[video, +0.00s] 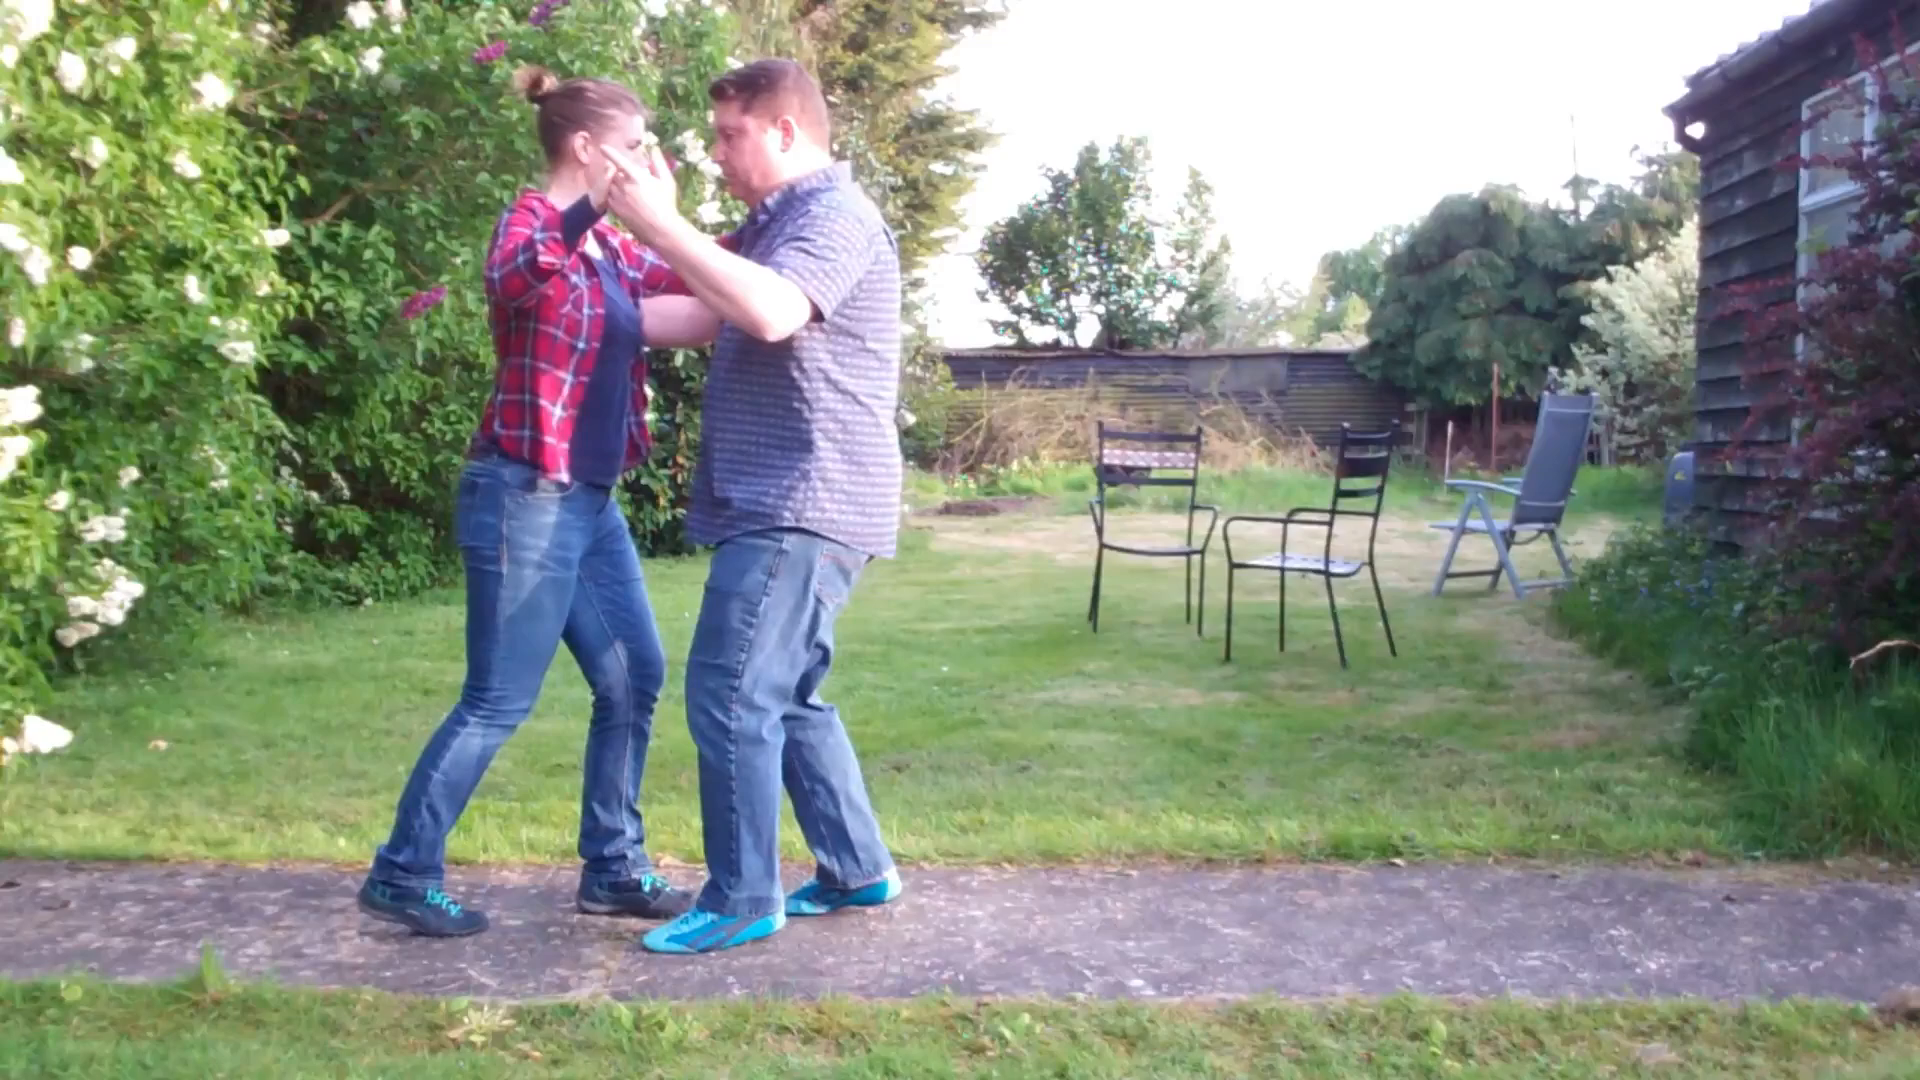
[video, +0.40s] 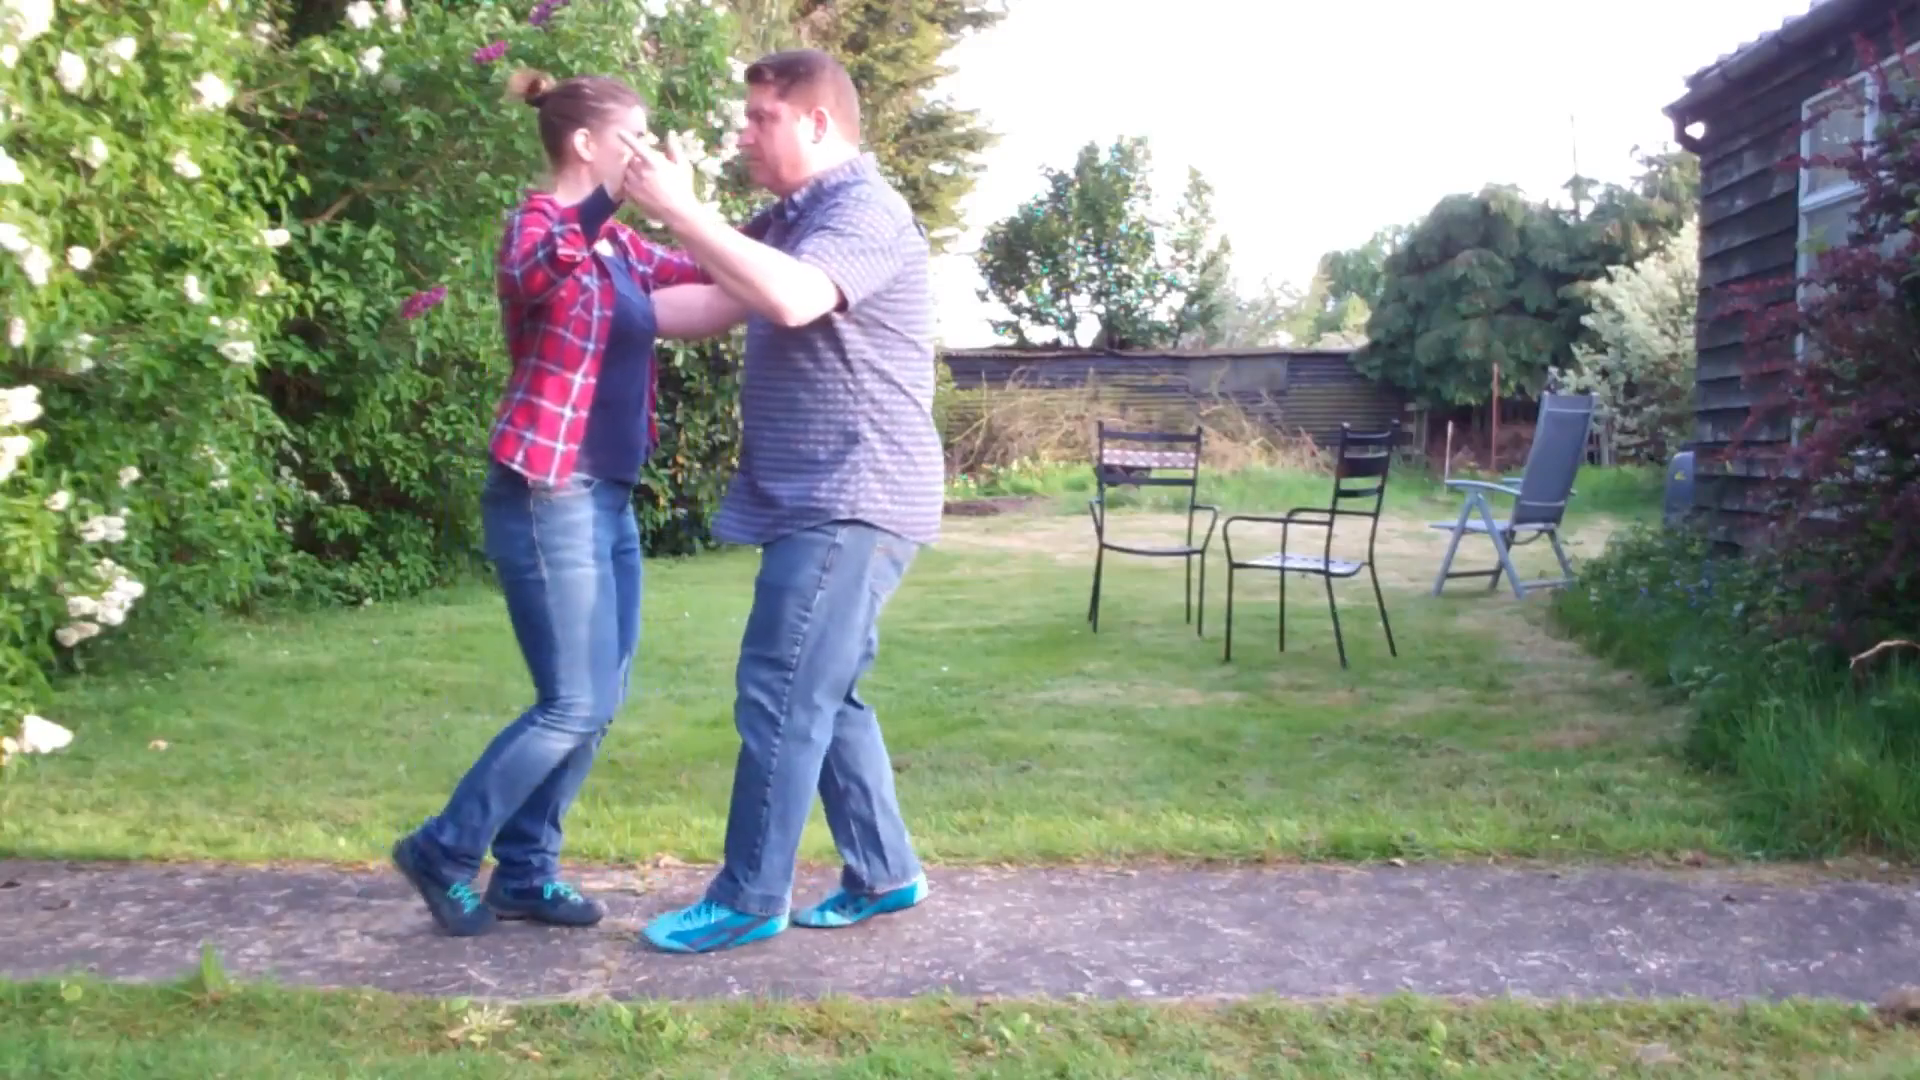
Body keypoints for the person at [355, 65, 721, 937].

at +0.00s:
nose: (646, 162)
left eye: (647, 147)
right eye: (635, 145)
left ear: (595, 153)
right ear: (586, 148)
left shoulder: (617, 249)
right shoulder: (531, 221)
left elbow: (693, 292)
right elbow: (518, 282)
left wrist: (677, 219)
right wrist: (597, 214)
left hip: (589, 499)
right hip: (523, 494)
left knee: (634, 672)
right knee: (498, 701)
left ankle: (612, 870)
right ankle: (402, 874)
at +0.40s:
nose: (647, 154)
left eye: (648, 138)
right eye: (635, 138)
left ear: (594, 146)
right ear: (585, 144)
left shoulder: (621, 242)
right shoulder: (538, 227)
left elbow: (714, 272)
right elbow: (540, 280)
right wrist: (611, 205)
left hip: (607, 490)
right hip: (547, 490)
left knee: (598, 700)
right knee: (573, 703)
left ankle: (525, 871)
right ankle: (441, 850)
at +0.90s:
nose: (750, 134)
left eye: (748, 119)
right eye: (736, 118)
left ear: (693, 131)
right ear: (690, 129)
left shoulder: (731, 235)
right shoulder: (652, 214)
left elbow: (824, 268)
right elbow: (653, 273)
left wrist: (907, 252)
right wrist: (721, 191)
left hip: (719, 482)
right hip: (683, 482)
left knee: (718, 696)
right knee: (743, 700)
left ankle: (574, 831)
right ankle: (706, 900)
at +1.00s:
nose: (778, 141)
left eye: (776, 125)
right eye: (763, 124)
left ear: (724, 140)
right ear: (715, 137)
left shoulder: (761, 242)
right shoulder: (677, 221)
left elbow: (859, 265)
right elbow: (675, 279)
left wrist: (943, 240)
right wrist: (760, 189)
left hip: (754, 486)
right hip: (702, 486)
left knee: (803, 690)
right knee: (752, 703)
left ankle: (659, 836)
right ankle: (704, 905)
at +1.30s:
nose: (838, 140)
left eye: (837, 124)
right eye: (824, 123)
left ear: (786, 138)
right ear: (775, 133)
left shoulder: (824, 237)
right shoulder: (736, 219)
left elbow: (920, 261)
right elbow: (746, 285)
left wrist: (1006, 227)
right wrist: (829, 196)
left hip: (831, 497)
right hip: (768, 499)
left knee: (898, 680)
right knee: (805, 707)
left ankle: (877, 883)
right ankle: (714, 888)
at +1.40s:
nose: (851, 142)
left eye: (850, 126)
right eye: (837, 124)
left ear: (799, 138)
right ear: (786, 133)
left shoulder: (834, 236)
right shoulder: (748, 220)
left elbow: (931, 262)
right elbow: (760, 285)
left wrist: (1019, 230)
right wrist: (837, 198)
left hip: (857, 491)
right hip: (794, 494)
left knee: (905, 686)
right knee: (847, 702)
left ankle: (877, 887)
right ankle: (728, 877)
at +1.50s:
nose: (855, 146)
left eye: (854, 131)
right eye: (842, 129)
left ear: (805, 143)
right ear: (789, 137)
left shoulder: (840, 239)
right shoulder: (754, 222)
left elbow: (942, 264)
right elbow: (765, 290)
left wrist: (1028, 229)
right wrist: (844, 199)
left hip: (867, 492)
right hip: (803, 497)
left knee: (911, 688)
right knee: (874, 705)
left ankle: (876, 886)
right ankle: (737, 861)